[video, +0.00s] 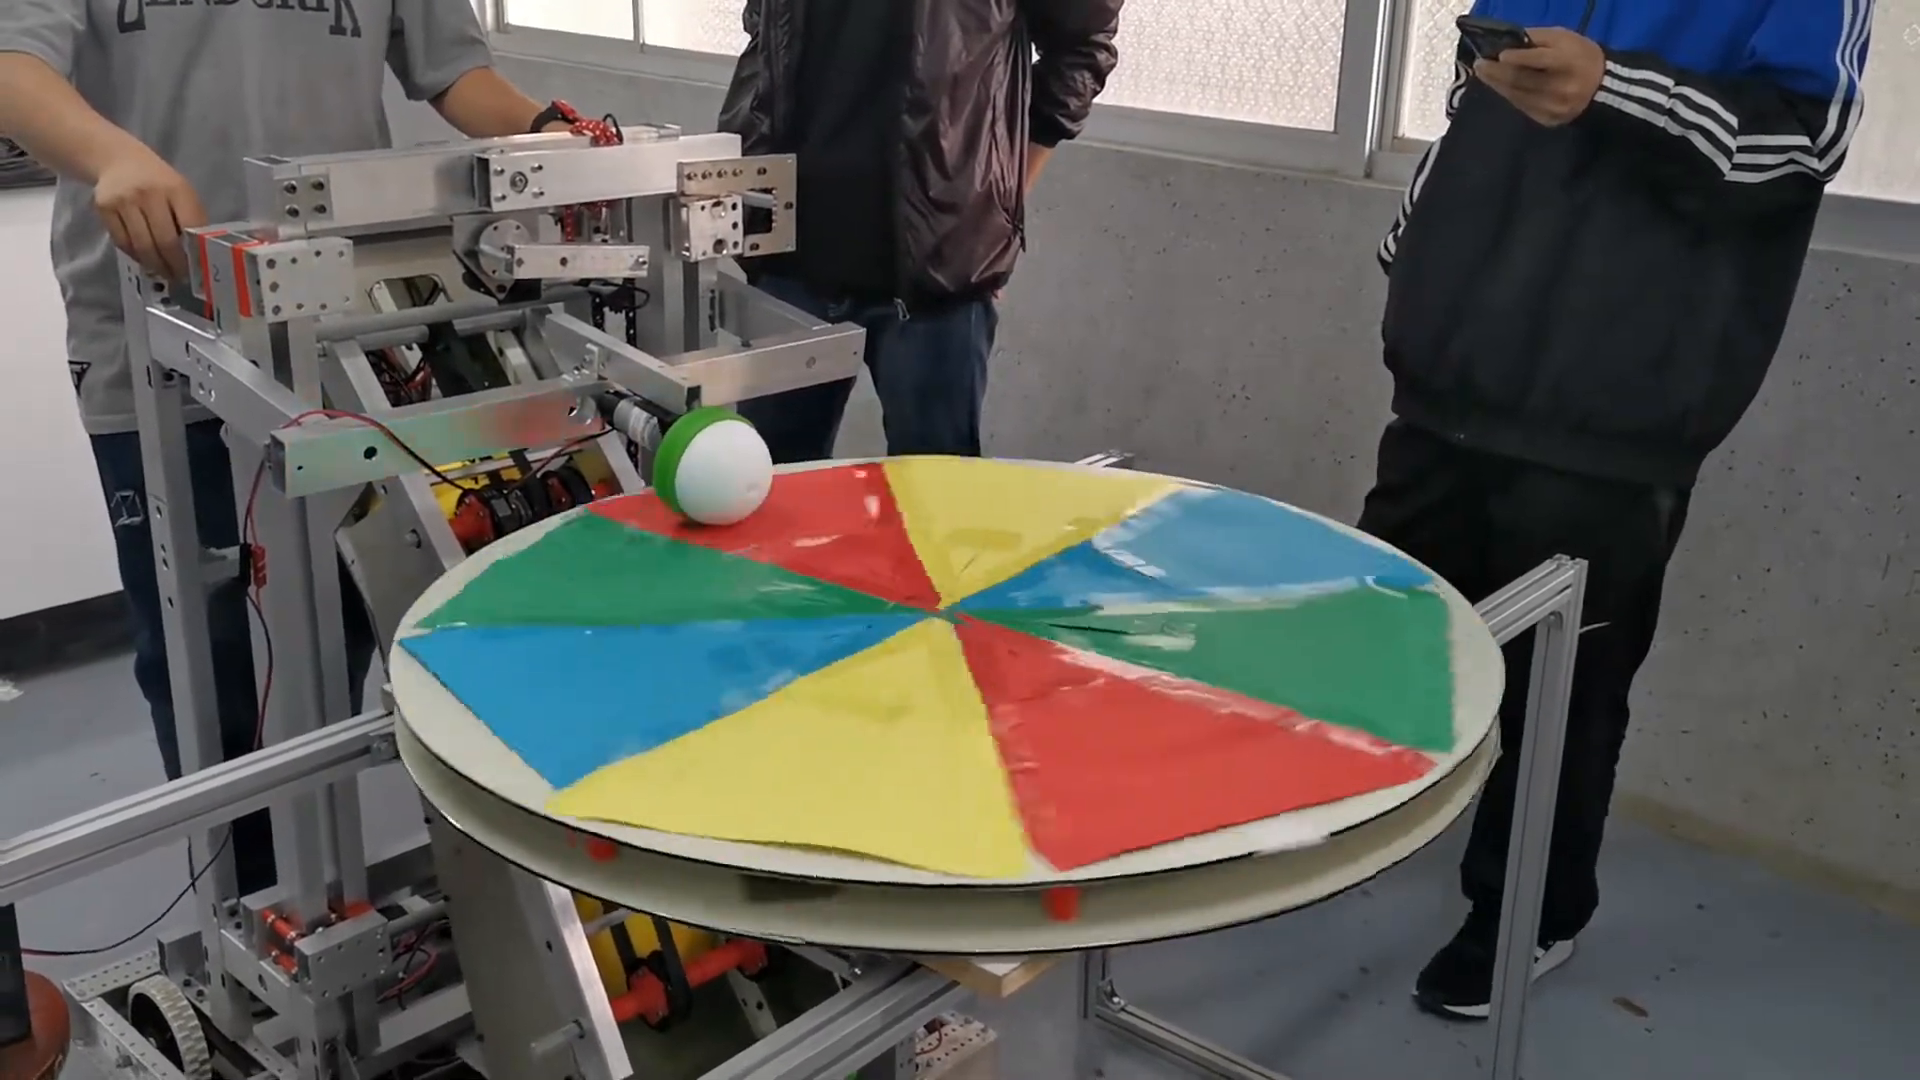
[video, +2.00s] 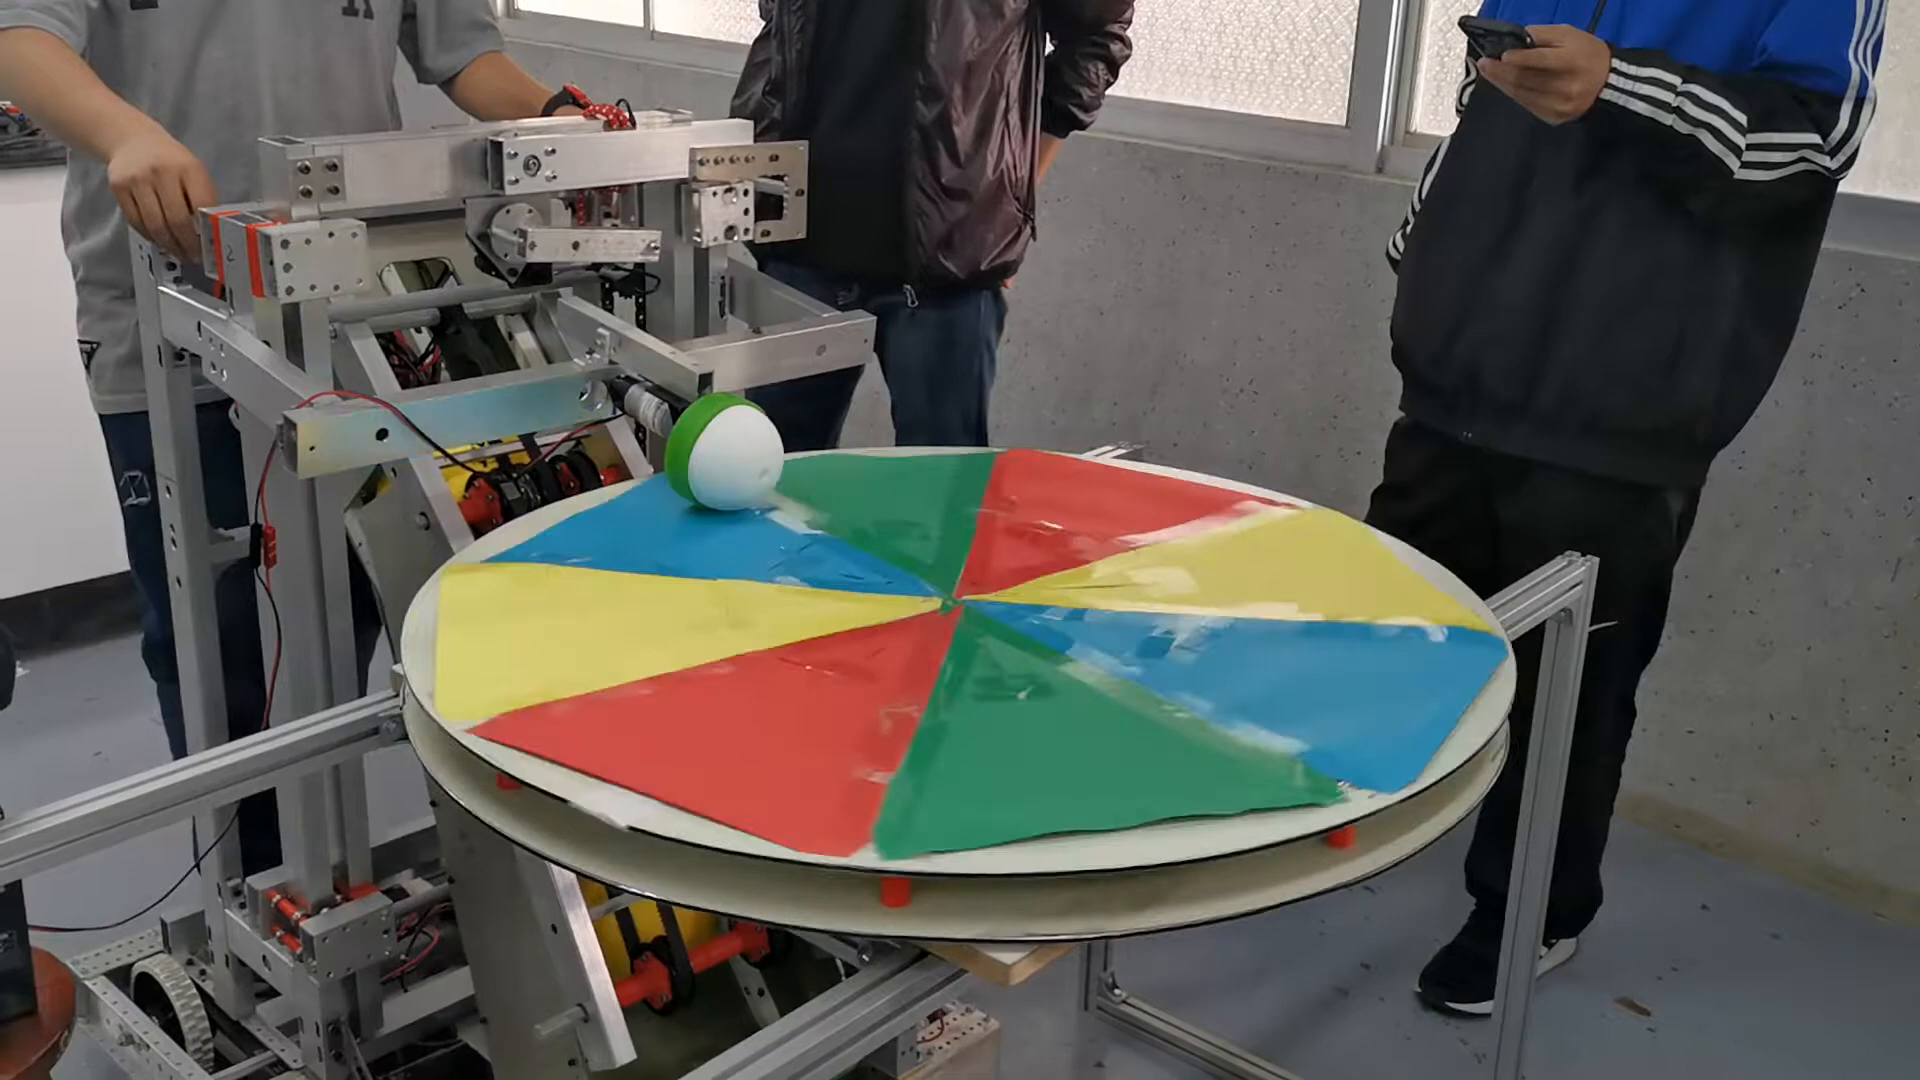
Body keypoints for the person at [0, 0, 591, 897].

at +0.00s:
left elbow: (449, 62)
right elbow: (16, 61)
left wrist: (547, 131)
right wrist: (109, 153)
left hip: (339, 345)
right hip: (156, 349)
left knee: (343, 628)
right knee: (200, 659)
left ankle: (334, 876)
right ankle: (250, 907)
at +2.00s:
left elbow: (458, 47)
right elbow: (23, 36)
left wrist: (561, 118)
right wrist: (124, 133)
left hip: (348, 319)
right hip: (163, 325)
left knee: (348, 606)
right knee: (208, 639)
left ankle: (330, 849)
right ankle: (253, 884)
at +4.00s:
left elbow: (458, 50)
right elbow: (22, 46)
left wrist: (558, 112)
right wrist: (124, 138)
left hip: (347, 319)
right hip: (166, 326)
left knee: (353, 602)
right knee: (214, 633)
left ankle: (349, 851)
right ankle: (263, 880)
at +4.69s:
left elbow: (459, 46)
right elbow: (22, 46)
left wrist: (552, 107)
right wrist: (123, 135)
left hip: (350, 317)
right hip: (167, 326)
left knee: (355, 605)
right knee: (217, 638)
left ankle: (349, 855)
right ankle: (268, 883)